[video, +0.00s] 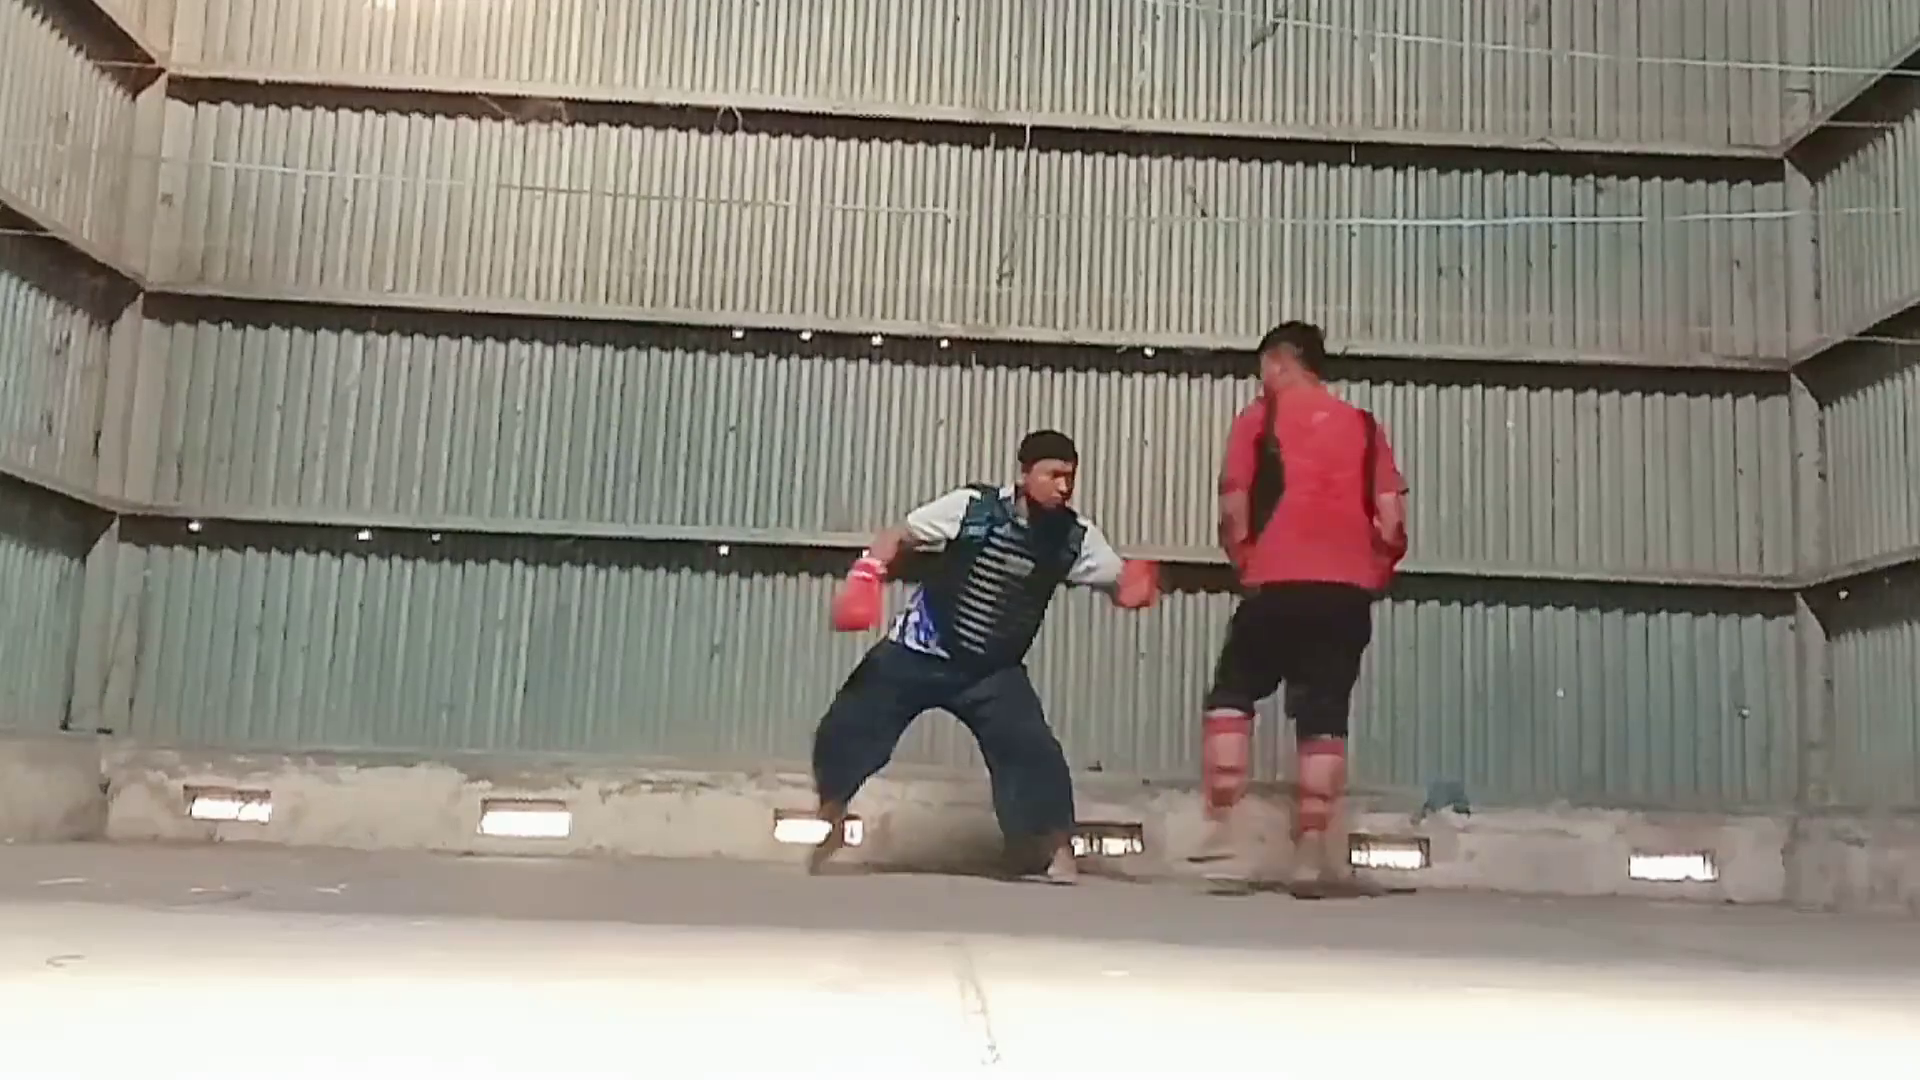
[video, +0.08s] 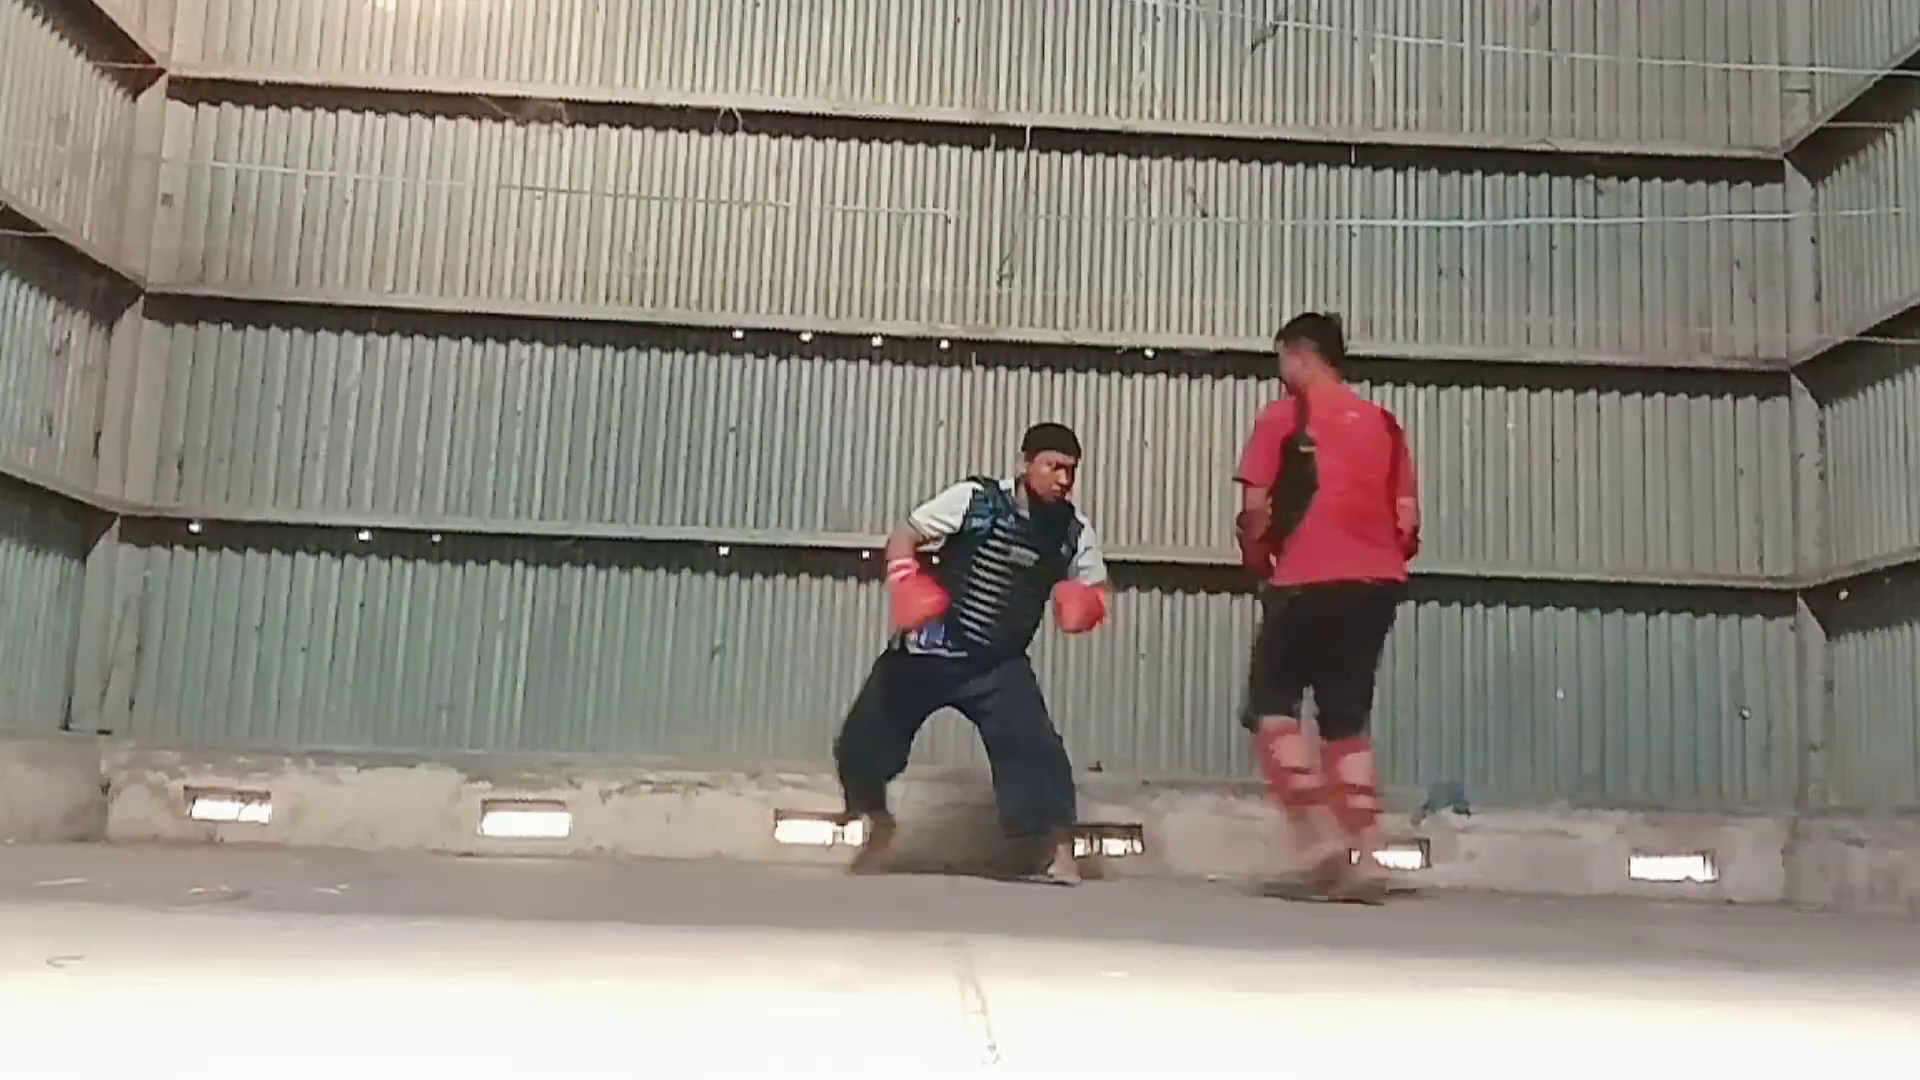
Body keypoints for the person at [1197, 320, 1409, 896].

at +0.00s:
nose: (1261, 380)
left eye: (1262, 370)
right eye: (1261, 372)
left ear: (1280, 362)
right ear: (1318, 365)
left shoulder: (1258, 415)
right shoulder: (1365, 423)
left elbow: (1234, 503)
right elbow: (1391, 521)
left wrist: (1247, 567)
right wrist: (1371, 576)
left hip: (1276, 593)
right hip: (1346, 595)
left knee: (1230, 700)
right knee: (1323, 715)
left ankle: (1225, 831)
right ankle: (1314, 854)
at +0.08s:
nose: (1281, 371)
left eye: (1283, 360)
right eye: (1280, 361)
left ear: (1304, 357)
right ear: (1335, 359)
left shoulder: (1283, 416)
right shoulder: (1385, 422)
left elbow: (1255, 505)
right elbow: (1407, 521)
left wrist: (1254, 556)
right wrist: (1386, 569)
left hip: (1305, 586)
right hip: (1376, 587)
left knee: (1275, 708)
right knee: (1346, 715)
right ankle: (1366, 858)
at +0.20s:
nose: (1324, 380)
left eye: (1328, 367)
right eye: (1325, 368)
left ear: (1350, 366)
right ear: (1375, 370)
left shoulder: (1350, 427)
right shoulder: (1411, 436)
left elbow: (1303, 513)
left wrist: (1273, 550)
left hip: (1390, 610)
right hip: (1414, 608)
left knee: (1383, 735)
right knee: (1363, 737)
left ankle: (1509, 825)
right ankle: (1377, 876)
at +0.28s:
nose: (1338, 379)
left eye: (1343, 367)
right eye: (1342, 367)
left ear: (1363, 370)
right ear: (1393, 374)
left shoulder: (1372, 436)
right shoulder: (1416, 439)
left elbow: (1337, 524)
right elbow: (1391, 543)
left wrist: (1286, 556)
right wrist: (1321, 568)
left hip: (1416, 617)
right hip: (1429, 616)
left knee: (1473, 742)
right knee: (1365, 735)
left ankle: (1579, 856)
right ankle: (1378, 874)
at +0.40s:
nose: (1363, 392)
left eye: (1370, 379)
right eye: (1366, 380)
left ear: (1395, 383)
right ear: (1405, 384)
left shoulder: (1432, 445)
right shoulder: (1410, 453)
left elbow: (1418, 538)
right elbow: (1428, 554)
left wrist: (1354, 583)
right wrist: (1384, 600)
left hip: (1486, 627)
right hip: (1442, 632)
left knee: (1539, 752)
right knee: (1383, 743)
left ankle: (1618, 889)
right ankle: (1389, 876)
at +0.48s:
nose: (1368, 380)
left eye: (1375, 367)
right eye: (1371, 367)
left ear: (1399, 370)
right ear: (1410, 372)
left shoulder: (1449, 432)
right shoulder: (1406, 447)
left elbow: (1461, 528)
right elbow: (1420, 541)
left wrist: (1404, 604)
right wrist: (1388, 597)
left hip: (1502, 620)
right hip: (1443, 626)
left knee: (1550, 747)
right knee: (1393, 739)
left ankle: (1620, 886)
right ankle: (1414, 878)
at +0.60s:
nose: (1364, 360)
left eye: (1369, 347)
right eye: (1366, 348)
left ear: (1392, 349)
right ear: (1403, 350)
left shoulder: (1457, 408)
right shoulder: (1401, 425)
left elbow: (1497, 496)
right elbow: (1423, 520)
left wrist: (1494, 584)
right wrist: (1387, 566)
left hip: (1498, 594)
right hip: (1440, 605)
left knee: (1542, 732)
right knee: (1417, 731)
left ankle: (1608, 874)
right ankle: (1432, 876)